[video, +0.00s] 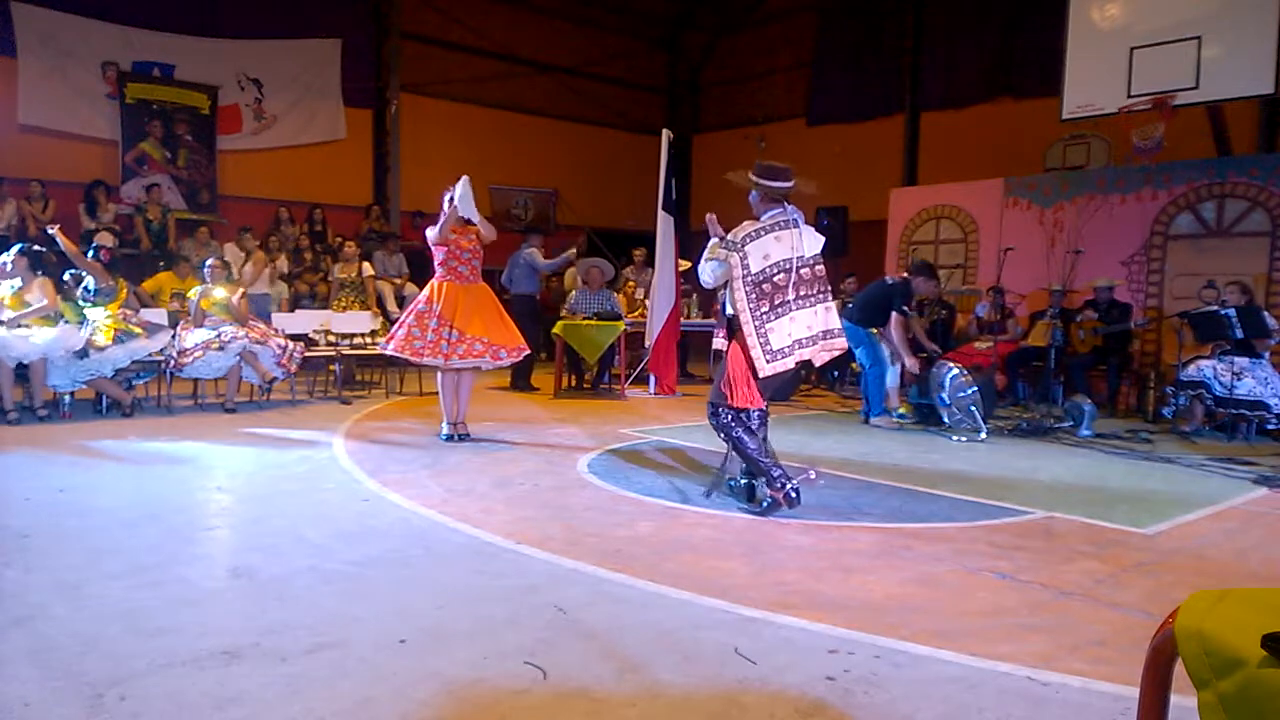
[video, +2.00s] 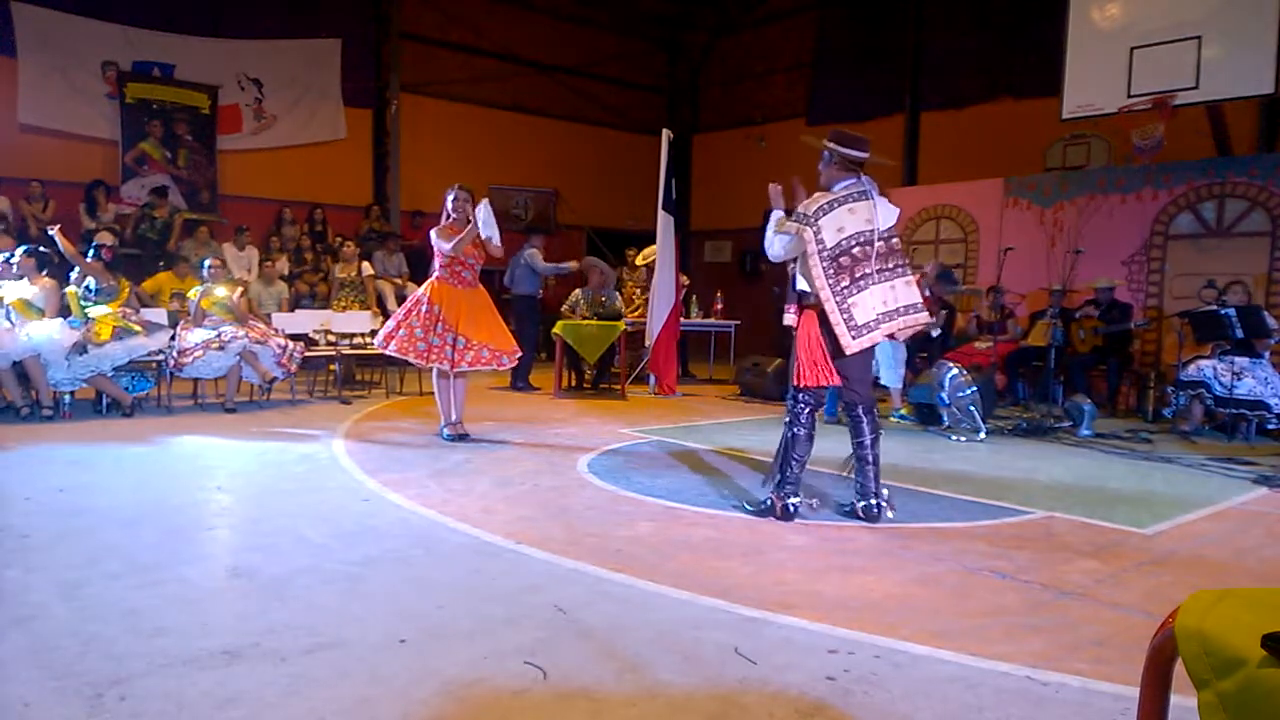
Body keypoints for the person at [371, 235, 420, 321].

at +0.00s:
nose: (395, 244)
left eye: (396, 241)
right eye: (392, 241)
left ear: (398, 243)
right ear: (386, 243)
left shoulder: (400, 255)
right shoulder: (378, 255)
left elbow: (405, 273)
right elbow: (379, 273)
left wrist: (402, 284)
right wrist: (393, 283)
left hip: (398, 278)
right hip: (384, 278)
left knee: (414, 292)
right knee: (387, 290)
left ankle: (406, 315)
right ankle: (395, 315)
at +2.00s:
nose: (395, 244)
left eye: (396, 241)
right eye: (392, 241)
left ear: (398, 243)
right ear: (386, 243)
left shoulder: (400, 255)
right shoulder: (378, 255)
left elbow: (405, 271)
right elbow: (379, 273)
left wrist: (404, 280)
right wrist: (393, 281)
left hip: (397, 278)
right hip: (383, 278)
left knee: (413, 288)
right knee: (387, 289)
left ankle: (418, 311)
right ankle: (394, 313)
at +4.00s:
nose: (397, 245)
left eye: (398, 242)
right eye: (394, 242)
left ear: (400, 244)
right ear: (388, 243)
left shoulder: (400, 256)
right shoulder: (379, 254)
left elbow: (405, 271)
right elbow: (380, 273)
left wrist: (404, 282)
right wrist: (395, 283)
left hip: (398, 278)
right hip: (384, 278)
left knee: (413, 290)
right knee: (387, 291)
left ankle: (418, 316)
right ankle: (387, 318)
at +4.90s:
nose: (397, 245)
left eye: (398, 242)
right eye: (394, 242)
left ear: (399, 244)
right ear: (387, 243)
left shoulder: (400, 256)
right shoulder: (379, 254)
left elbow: (405, 272)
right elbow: (380, 273)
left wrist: (404, 282)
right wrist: (395, 283)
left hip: (397, 278)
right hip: (383, 278)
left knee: (413, 290)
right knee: (387, 291)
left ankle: (417, 316)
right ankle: (387, 318)